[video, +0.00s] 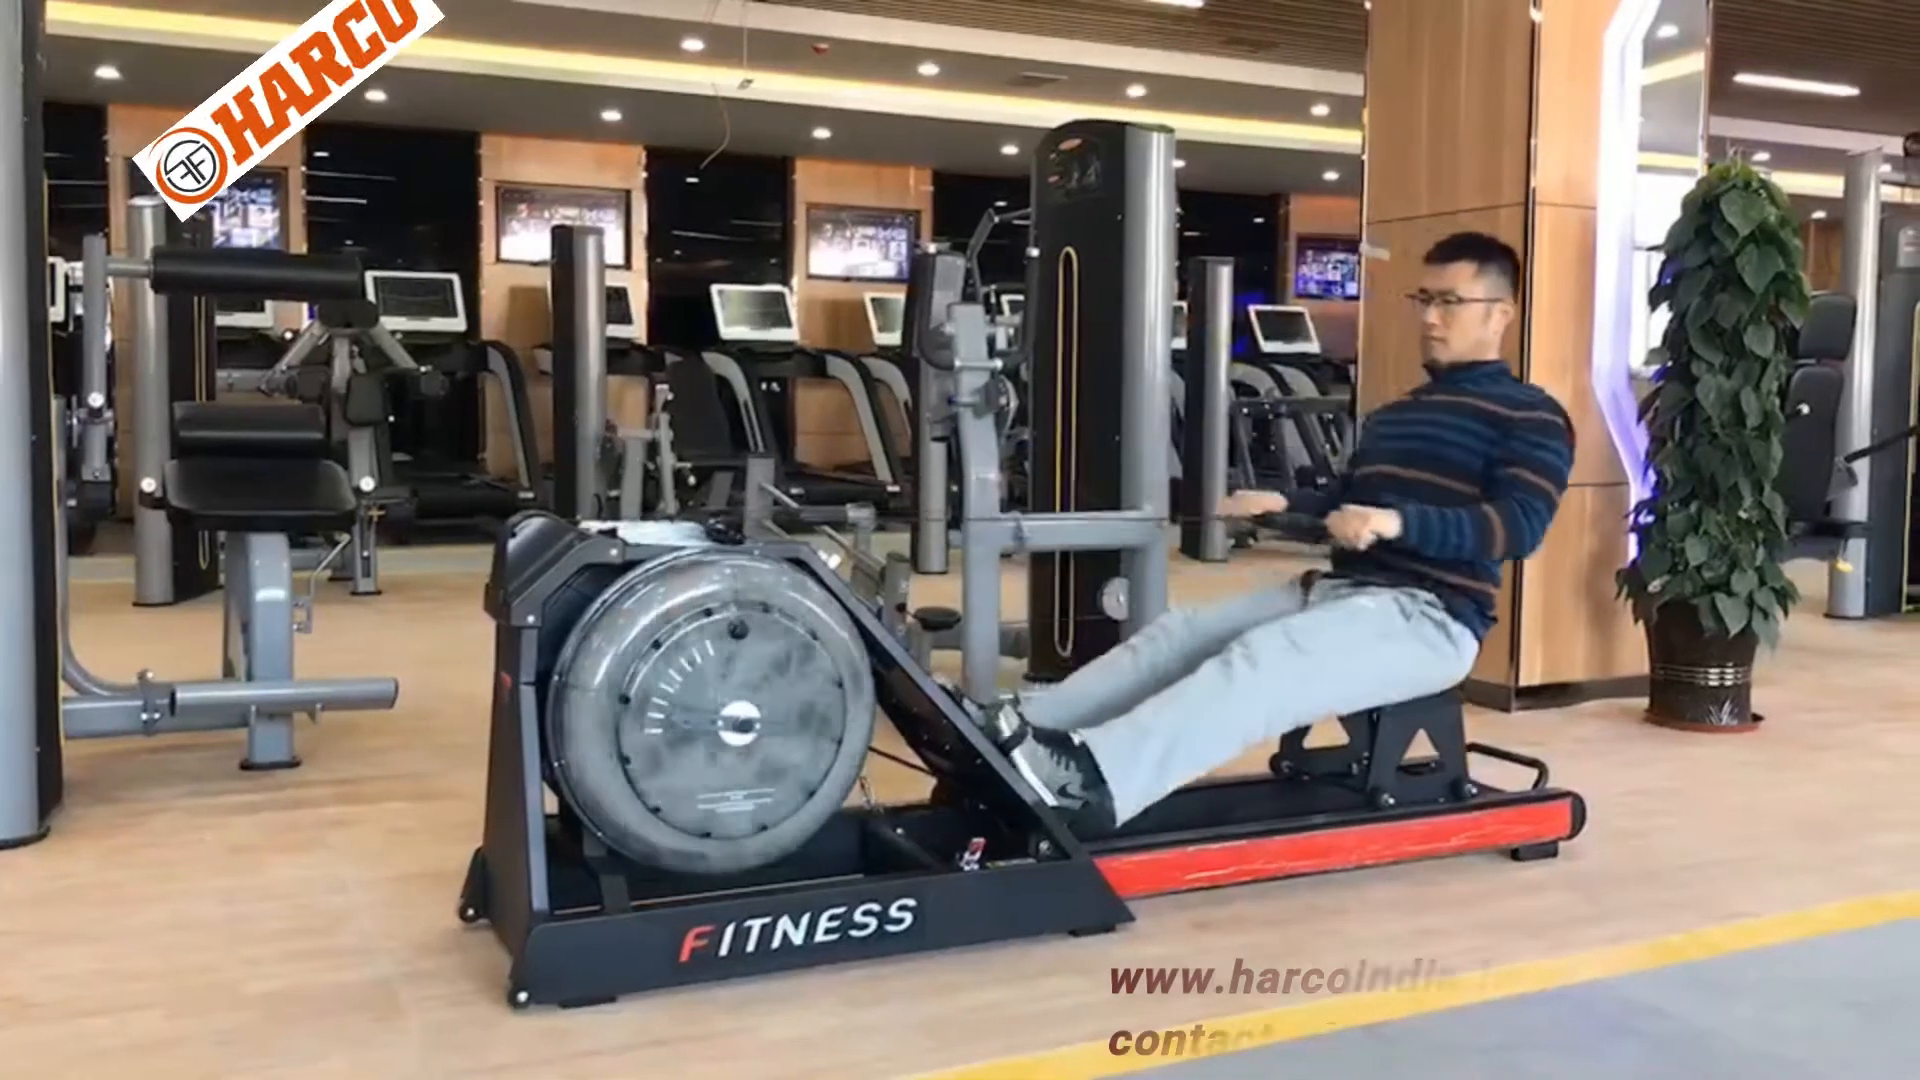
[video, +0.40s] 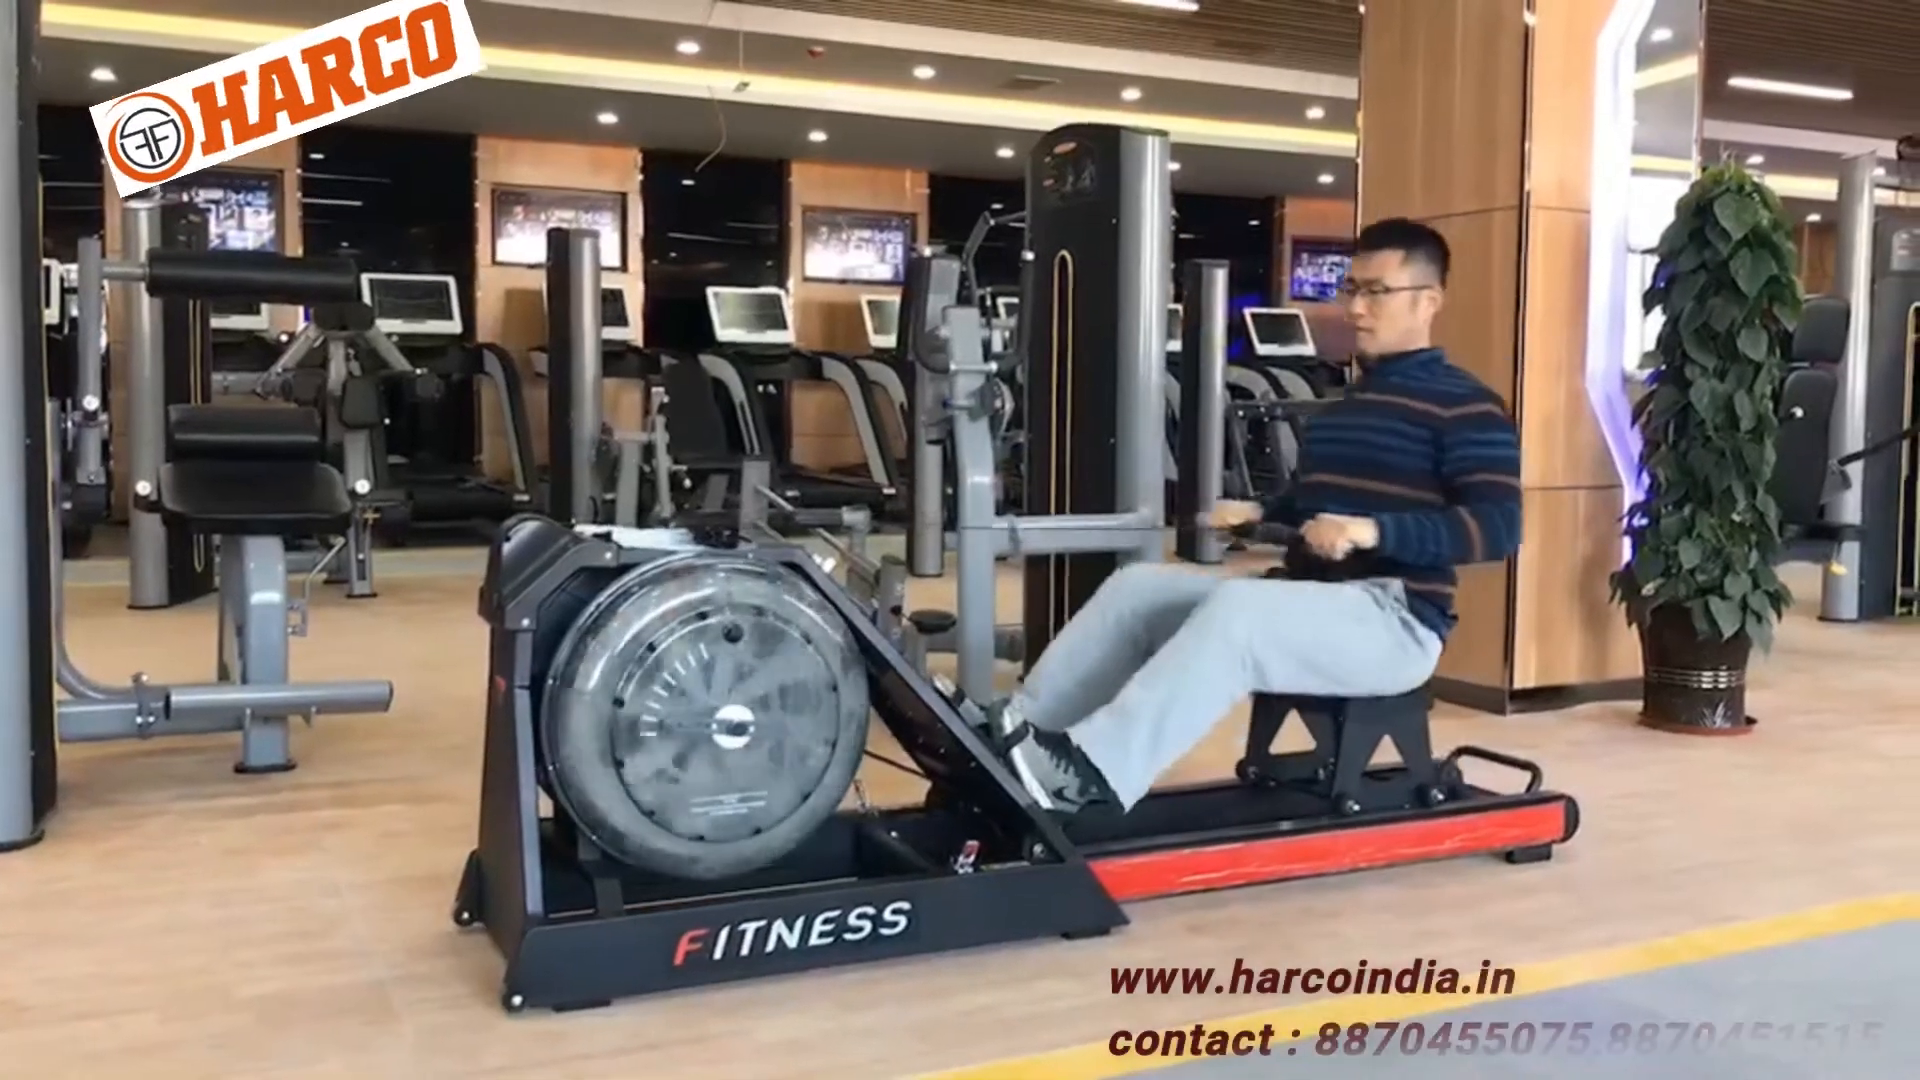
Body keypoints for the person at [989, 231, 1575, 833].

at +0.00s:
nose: (1429, 317)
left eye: (1450, 302)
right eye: (1424, 301)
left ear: (1503, 317)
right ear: (1417, 307)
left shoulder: (1534, 415)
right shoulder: (1401, 410)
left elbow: (1514, 528)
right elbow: (1353, 498)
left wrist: (1401, 524)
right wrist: (1285, 500)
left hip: (1424, 615)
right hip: (1334, 589)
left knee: (1253, 670)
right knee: (1183, 631)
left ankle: (1092, 786)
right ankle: (1022, 728)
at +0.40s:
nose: (1356, 307)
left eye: (1377, 292)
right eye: (1351, 290)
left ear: (1431, 303)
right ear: (1344, 294)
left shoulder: (1467, 405)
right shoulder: (1339, 402)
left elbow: (1496, 529)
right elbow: (1310, 504)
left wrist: (1377, 528)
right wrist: (1257, 514)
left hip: (1396, 621)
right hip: (1305, 597)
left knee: (1234, 616)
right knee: (1137, 586)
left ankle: (1094, 771)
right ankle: (1014, 729)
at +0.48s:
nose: (1331, 305)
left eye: (1352, 290)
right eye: (1326, 288)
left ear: (1405, 303)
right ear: (1317, 294)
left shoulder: (1442, 404)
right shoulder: (1315, 400)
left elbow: (1463, 525)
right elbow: (1283, 506)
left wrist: (1337, 521)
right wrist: (1225, 510)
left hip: (1380, 621)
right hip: (1294, 600)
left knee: (1224, 605)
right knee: (1121, 580)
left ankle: (1088, 769)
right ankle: (1007, 731)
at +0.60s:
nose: (1277, 301)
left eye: (1298, 286)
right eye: (1274, 285)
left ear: (1354, 299)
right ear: (1268, 290)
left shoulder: (1390, 405)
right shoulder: (1266, 404)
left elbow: (1370, 520)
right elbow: (1211, 493)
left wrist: (1248, 516)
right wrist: (1143, 498)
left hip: (1347, 626)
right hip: (1251, 604)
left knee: (1198, 581)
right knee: (1090, 560)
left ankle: (1074, 764)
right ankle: (1000, 725)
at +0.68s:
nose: (1250, 301)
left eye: (1272, 285)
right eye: (1248, 284)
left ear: (1331, 299)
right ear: (1240, 290)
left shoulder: (1359, 403)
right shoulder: (1234, 399)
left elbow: (1321, 508)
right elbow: (1181, 473)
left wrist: (1198, 514)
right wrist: (1099, 495)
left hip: (1326, 624)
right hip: (1229, 601)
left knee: (1182, 575)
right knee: (1069, 559)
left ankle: (1062, 764)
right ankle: (989, 732)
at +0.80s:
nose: (1204, 297)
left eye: (1225, 282)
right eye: (1201, 281)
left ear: (1281, 298)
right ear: (1194, 287)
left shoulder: (1307, 400)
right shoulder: (1191, 396)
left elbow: (1231, 492)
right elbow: (1110, 463)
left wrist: (1105, 508)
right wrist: (1011, 488)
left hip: (1289, 630)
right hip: (1190, 602)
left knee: (1149, 564)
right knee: (1028, 555)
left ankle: (1051, 765)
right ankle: (980, 743)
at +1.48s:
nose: (1294, 305)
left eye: (1313, 292)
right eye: (1291, 289)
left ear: (1365, 306)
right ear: (1282, 294)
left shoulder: (1388, 406)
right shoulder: (1266, 397)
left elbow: (1319, 491)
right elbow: (1191, 462)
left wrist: (1195, 506)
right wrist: (1095, 484)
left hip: (1340, 621)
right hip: (1249, 596)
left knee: (1195, 593)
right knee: (1084, 572)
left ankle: (1054, 770)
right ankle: (980, 729)